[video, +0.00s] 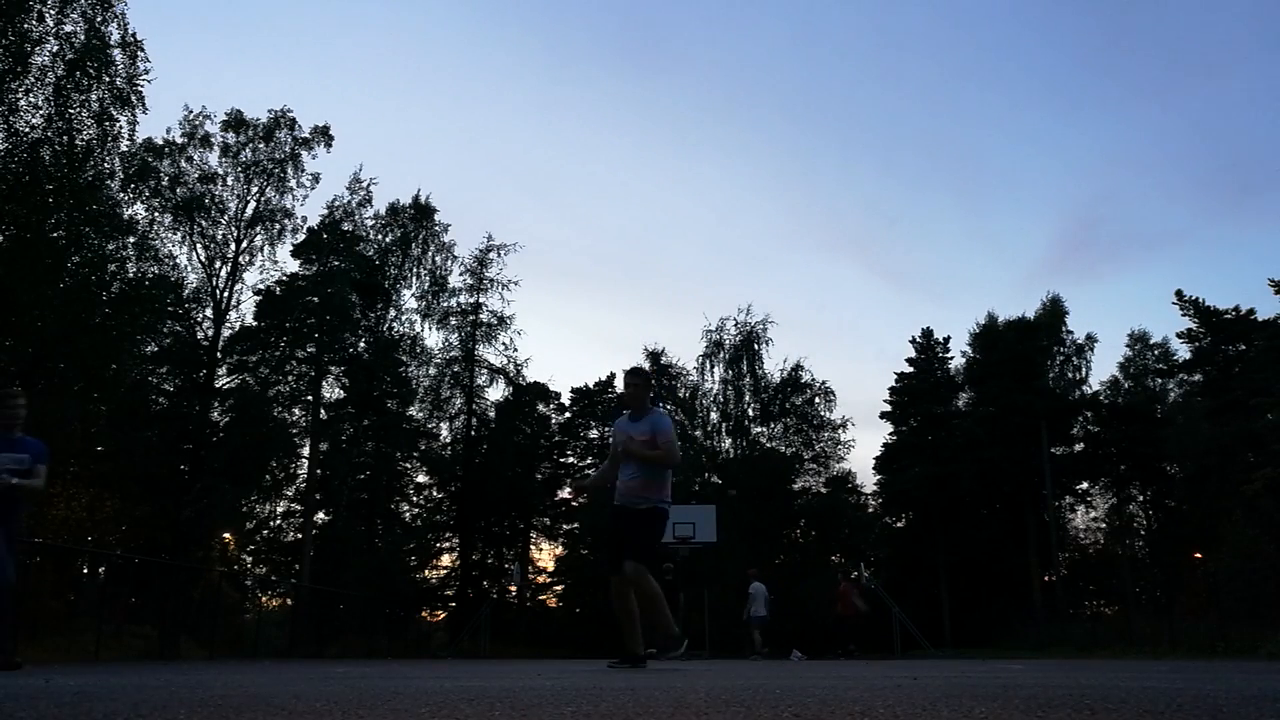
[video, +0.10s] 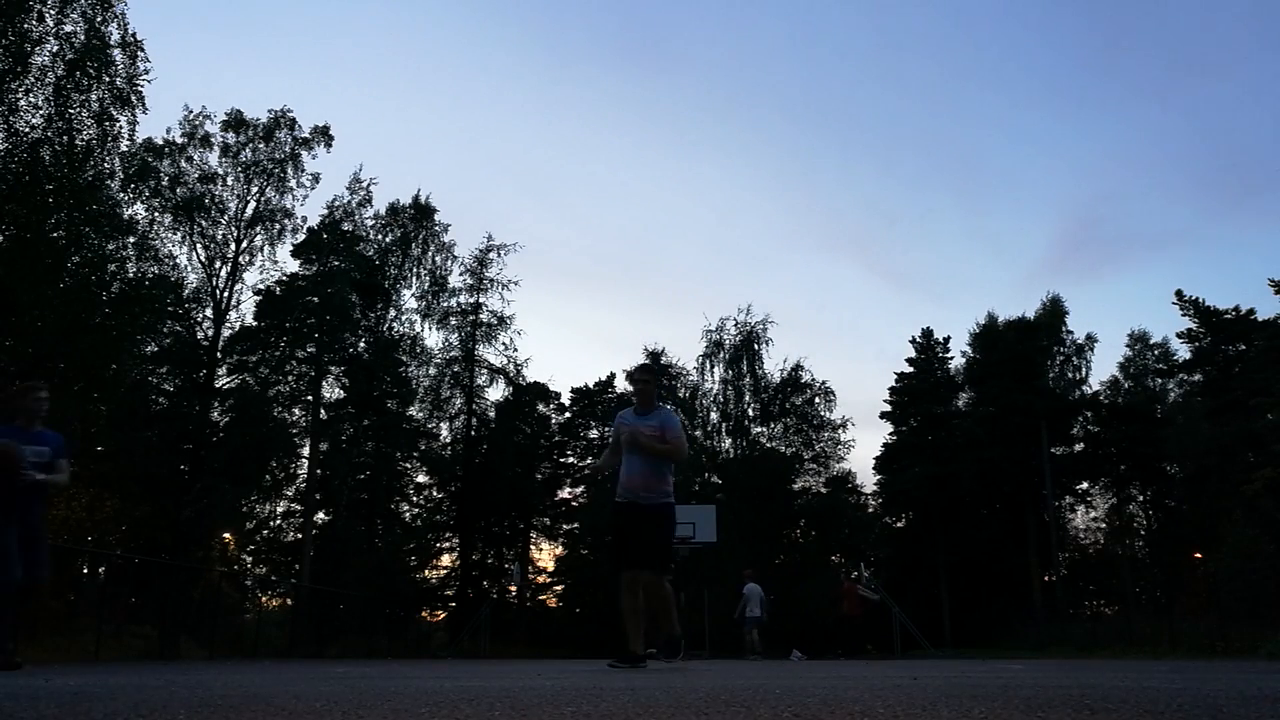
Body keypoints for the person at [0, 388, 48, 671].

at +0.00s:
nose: (16, 413)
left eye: (20, 408)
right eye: (11, 408)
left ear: (25, 412)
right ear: (3, 411)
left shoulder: (33, 448)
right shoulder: (3, 445)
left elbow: (39, 482)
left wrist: (14, 481)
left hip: (17, 524)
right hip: (2, 524)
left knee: (12, 586)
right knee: (6, 585)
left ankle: (9, 651)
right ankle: (5, 651)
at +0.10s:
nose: (43, 406)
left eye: (45, 401)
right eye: (37, 401)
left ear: (47, 405)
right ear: (24, 403)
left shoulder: (52, 439)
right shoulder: (9, 436)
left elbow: (64, 476)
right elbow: (8, 471)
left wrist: (40, 478)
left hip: (37, 516)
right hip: (8, 515)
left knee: (33, 582)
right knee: (9, 582)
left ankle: (20, 647)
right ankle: (6, 649)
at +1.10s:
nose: (260, 404)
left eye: (260, 399)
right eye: (255, 399)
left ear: (251, 404)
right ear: (238, 401)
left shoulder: (252, 439)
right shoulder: (219, 434)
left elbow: (258, 484)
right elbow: (198, 476)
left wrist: (273, 520)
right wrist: (225, 487)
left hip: (239, 519)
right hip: (218, 519)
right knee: (244, 579)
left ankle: (164, 641)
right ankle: (246, 652)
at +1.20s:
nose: (280, 399)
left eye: (279, 395)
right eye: (275, 394)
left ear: (268, 398)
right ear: (260, 396)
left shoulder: (270, 432)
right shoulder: (238, 428)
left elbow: (274, 481)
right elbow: (219, 470)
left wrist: (280, 520)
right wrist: (252, 467)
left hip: (261, 513)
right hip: (242, 513)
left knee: (258, 579)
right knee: (256, 578)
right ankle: (247, 651)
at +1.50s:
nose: (345, 407)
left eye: (349, 402)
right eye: (343, 400)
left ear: (347, 403)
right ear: (331, 395)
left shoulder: (332, 433)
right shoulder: (303, 424)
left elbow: (325, 469)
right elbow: (284, 457)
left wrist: (352, 462)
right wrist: (322, 465)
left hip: (316, 514)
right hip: (290, 513)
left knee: (331, 579)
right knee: (271, 579)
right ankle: (248, 651)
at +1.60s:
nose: (372, 414)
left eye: (376, 409)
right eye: (370, 407)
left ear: (373, 411)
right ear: (357, 401)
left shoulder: (353, 438)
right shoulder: (328, 426)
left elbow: (339, 478)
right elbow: (314, 469)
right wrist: (350, 498)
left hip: (335, 513)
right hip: (313, 511)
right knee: (289, 579)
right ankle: (254, 649)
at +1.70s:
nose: (398, 417)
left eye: (400, 412)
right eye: (396, 411)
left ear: (386, 408)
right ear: (384, 406)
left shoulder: (375, 439)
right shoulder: (354, 432)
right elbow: (338, 472)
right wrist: (367, 503)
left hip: (361, 522)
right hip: (346, 521)